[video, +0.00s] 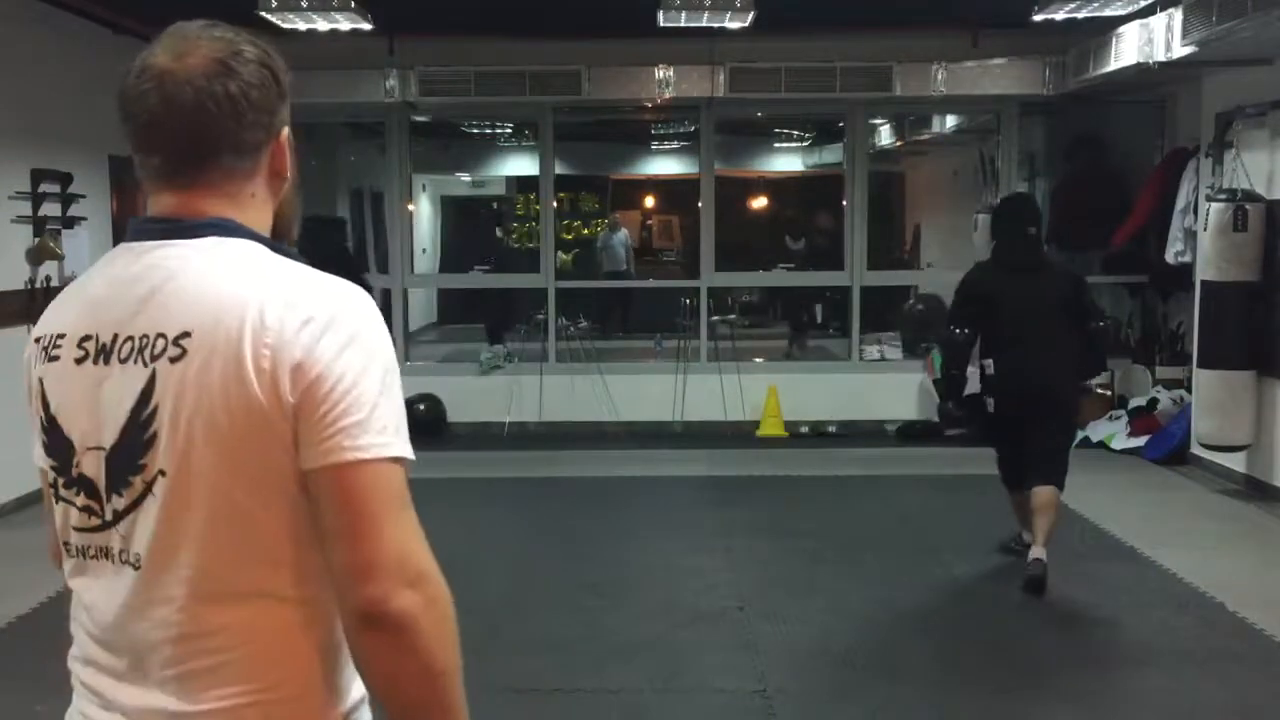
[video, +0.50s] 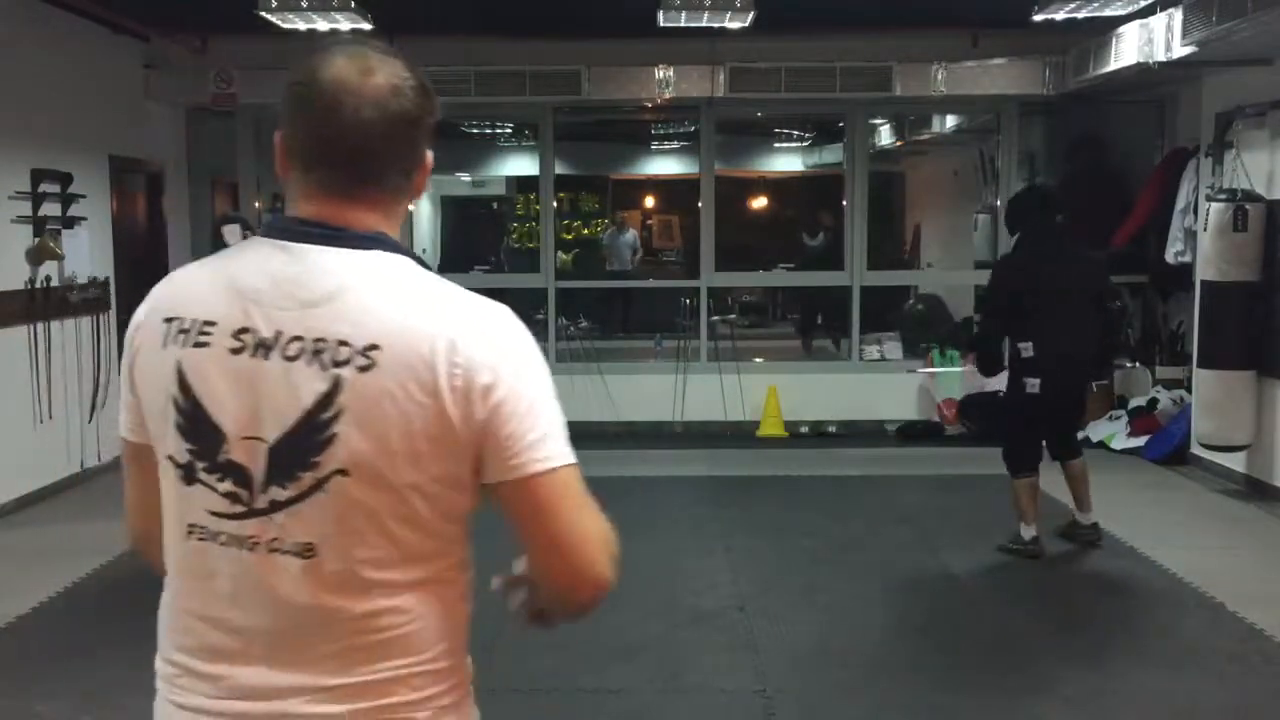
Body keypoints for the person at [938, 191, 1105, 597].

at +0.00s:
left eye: (1002, 228)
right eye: (1031, 228)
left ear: (997, 231)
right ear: (1037, 230)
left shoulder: (981, 278)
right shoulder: (1064, 276)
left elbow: (957, 342)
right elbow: (1093, 334)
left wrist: (954, 393)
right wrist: (1077, 373)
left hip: (1007, 385)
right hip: (1057, 385)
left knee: (1013, 465)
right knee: (1048, 468)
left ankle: (1029, 537)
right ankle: (1039, 550)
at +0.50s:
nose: (1012, 229)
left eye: (1013, 222)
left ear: (1018, 223)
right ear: (1055, 217)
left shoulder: (1011, 266)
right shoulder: (1082, 257)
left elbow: (993, 322)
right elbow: (1105, 313)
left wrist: (989, 363)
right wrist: (1099, 361)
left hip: (1030, 368)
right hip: (1075, 364)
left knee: (1021, 446)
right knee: (1064, 437)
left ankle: (1028, 533)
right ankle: (1086, 521)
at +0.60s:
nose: (1020, 235)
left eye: (1022, 228)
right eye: (1021, 228)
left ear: (1030, 225)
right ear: (1062, 218)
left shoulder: (1032, 262)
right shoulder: (1088, 254)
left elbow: (1017, 321)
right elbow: (1112, 309)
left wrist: (998, 360)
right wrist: (1100, 354)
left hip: (1046, 364)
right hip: (1086, 361)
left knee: (1026, 443)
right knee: (1071, 437)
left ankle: (1029, 534)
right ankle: (1094, 521)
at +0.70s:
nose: (1024, 232)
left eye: (1028, 224)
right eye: (1025, 223)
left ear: (1045, 223)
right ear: (1075, 220)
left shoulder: (1054, 261)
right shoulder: (1096, 254)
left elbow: (1042, 326)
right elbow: (1112, 320)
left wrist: (1010, 376)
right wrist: (1107, 377)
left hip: (1062, 368)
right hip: (1095, 366)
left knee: (1040, 448)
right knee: (1076, 443)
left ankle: (1031, 531)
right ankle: (1094, 521)